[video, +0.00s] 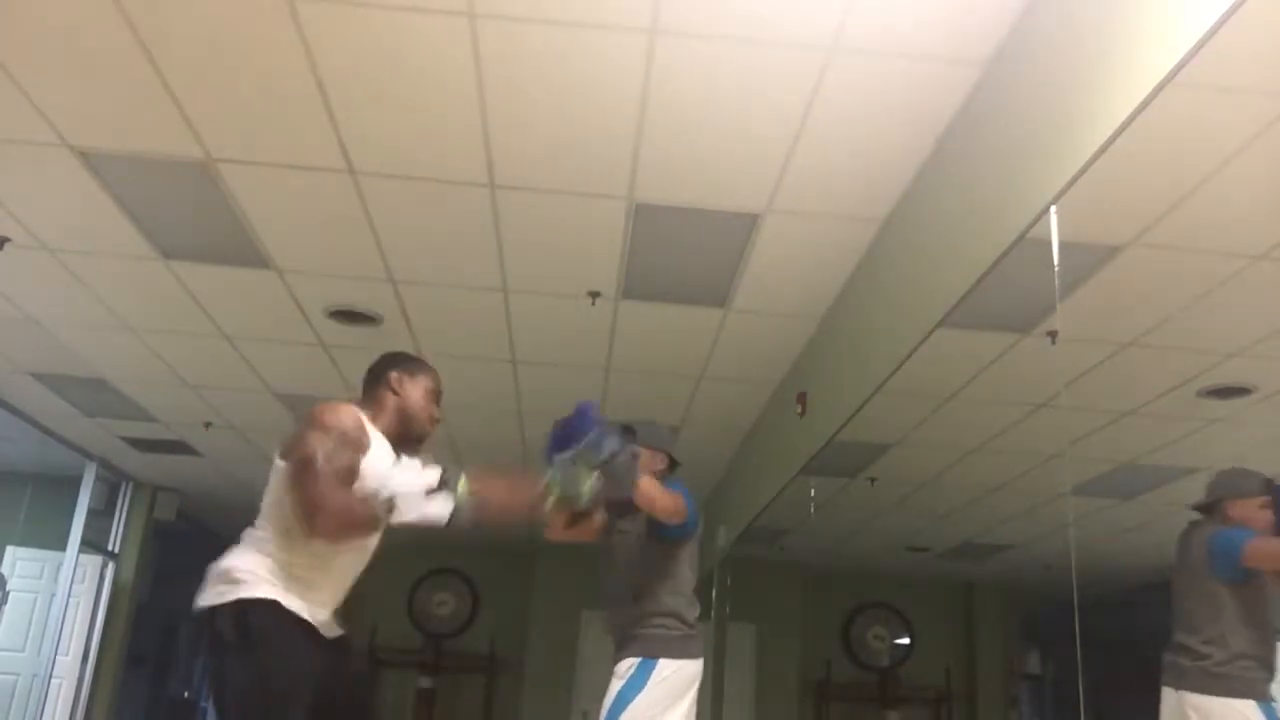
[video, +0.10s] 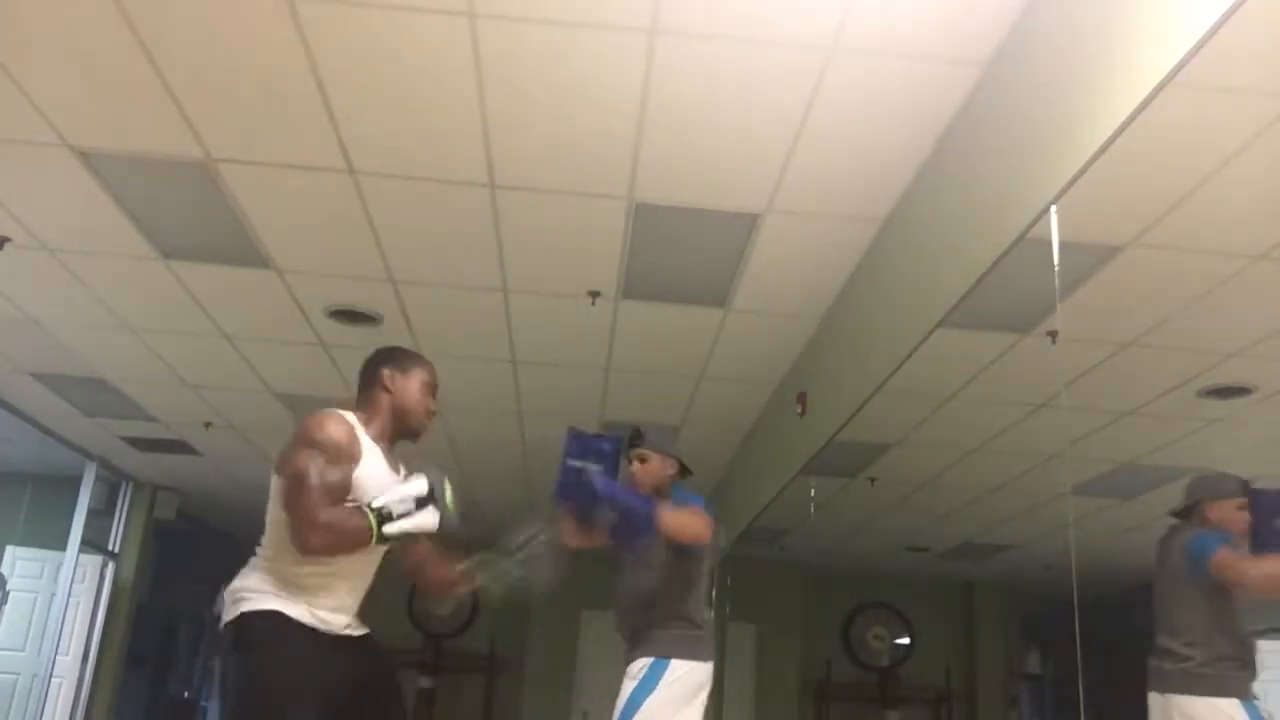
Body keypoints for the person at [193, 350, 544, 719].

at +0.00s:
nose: (438, 415)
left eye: (439, 403)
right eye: (432, 397)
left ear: (398, 389)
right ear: (395, 385)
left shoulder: (393, 467)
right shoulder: (339, 420)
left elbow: (473, 493)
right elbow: (323, 513)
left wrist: (555, 489)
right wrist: (397, 503)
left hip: (310, 620)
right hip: (256, 601)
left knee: (344, 699)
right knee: (280, 702)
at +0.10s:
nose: (434, 407)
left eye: (434, 396)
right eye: (427, 390)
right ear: (389, 381)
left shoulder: (394, 474)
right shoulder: (328, 429)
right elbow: (312, 532)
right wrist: (390, 512)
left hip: (339, 628)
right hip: (276, 613)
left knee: (383, 699)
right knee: (288, 704)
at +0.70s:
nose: (359, 366)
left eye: (361, 352)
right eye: (355, 348)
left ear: (320, 340)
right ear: (318, 336)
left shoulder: (315, 424)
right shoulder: (259, 383)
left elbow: (287, 522)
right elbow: (253, 487)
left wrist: (351, 503)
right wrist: (328, 468)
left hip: (274, 592)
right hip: (215, 583)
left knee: (285, 711)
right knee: (193, 710)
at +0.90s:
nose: (380, 404)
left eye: (382, 392)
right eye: (376, 386)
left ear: (340, 377)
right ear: (339, 373)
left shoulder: (320, 462)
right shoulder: (276, 411)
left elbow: (288, 563)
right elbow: (307, 497)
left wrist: (363, 546)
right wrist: (371, 469)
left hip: (271, 605)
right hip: (219, 587)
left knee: (294, 709)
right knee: (211, 708)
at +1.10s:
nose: (386, 400)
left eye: (387, 388)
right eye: (381, 383)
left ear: (345, 376)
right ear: (343, 373)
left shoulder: (344, 463)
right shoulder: (281, 414)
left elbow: (321, 555)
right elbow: (276, 502)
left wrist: (389, 532)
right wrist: (357, 496)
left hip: (292, 609)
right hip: (234, 595)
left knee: (300, 708)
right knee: (226, 708)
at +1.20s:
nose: (375, 395)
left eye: (378, 383)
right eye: (371, 378)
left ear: (335, 370)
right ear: (333, 367)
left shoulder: (340, 453)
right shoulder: (273, 412)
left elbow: (313, 552)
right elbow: (264, 505)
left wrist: (385, 530)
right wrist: (340, 491)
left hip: (299, 612)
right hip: (238, 604)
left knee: (301, 711)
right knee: (228, 711)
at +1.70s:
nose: (364, 395)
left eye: (365, 384)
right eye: (357, 380)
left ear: (320, 374)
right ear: (318, 371)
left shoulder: (338, 450)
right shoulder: (267, 424)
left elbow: (325, 538)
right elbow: (278, 517)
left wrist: (374, 512)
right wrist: (356, 496)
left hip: (304, 623)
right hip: (238, 615)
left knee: (310, 710)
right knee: (222, 711)